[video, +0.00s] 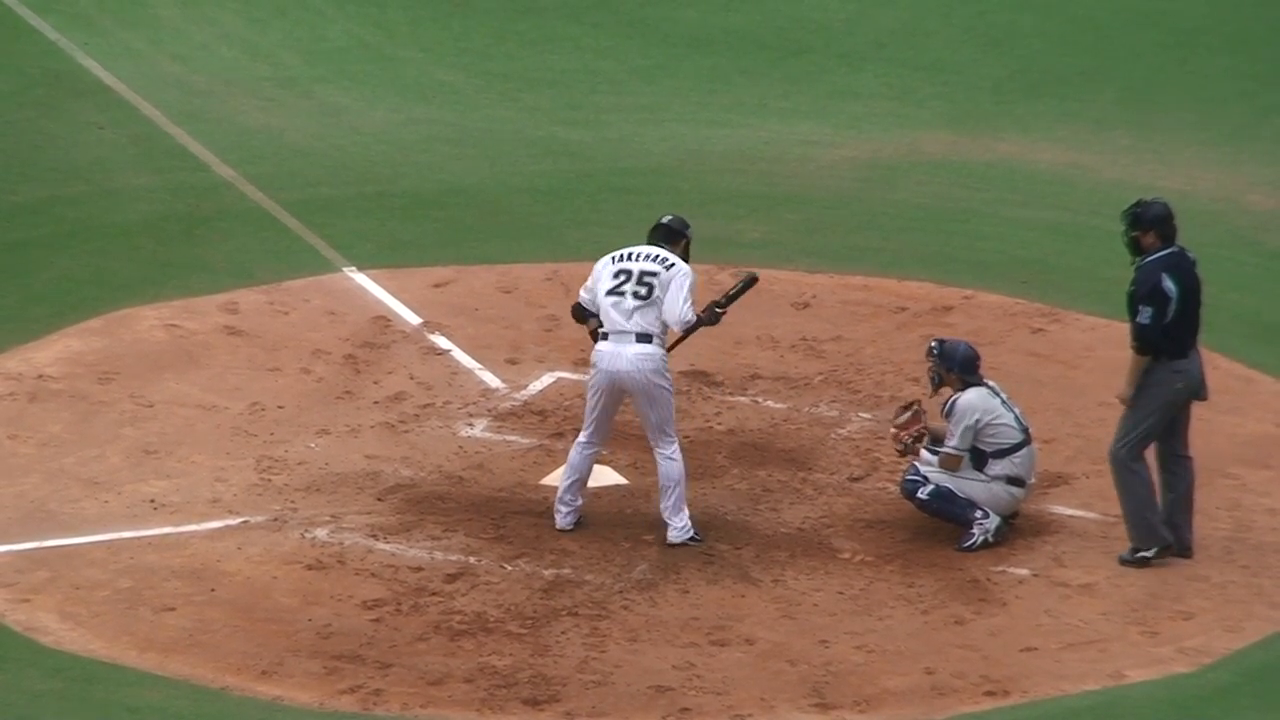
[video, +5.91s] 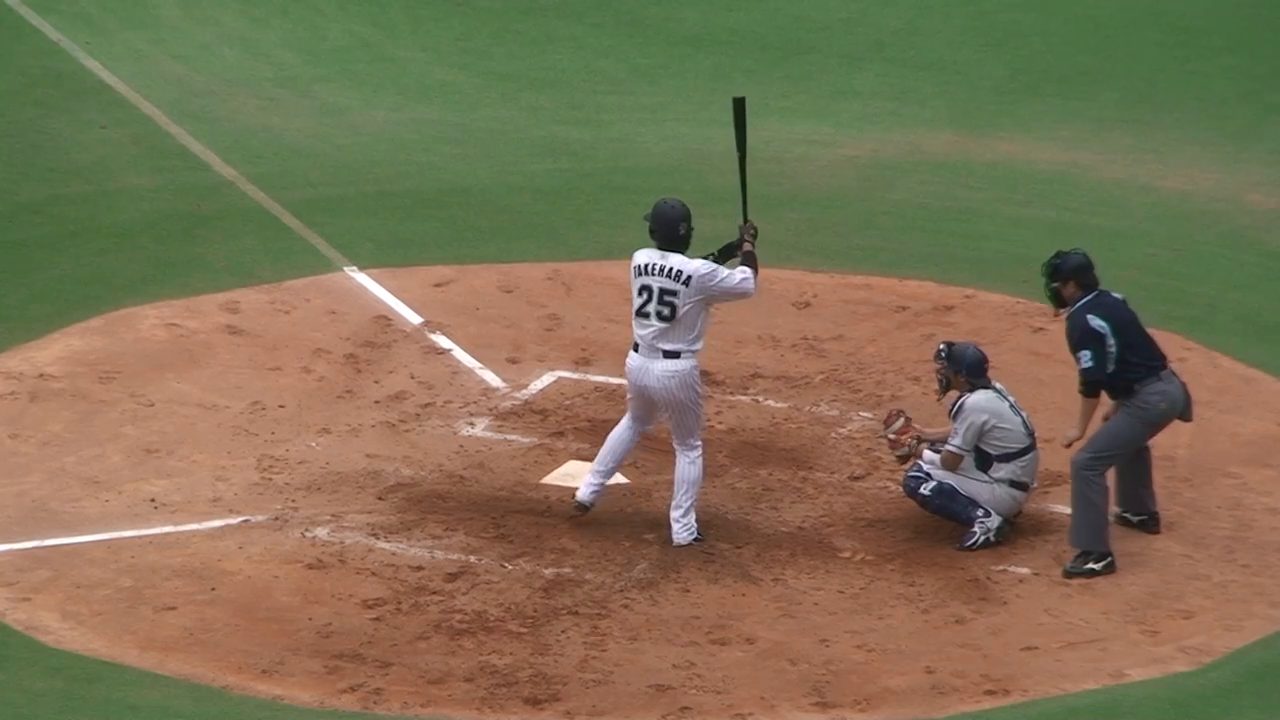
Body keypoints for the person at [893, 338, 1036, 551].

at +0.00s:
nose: (932, 370)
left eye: (937, 366)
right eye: (933, 364)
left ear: (953, 373)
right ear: (964, 372)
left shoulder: (966, 403)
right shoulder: (987, 387)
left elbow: (951, 464)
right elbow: (960, 439)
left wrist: (917, 450)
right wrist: (924, 429)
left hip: (1002, 492)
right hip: (1016, 483)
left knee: (913, 480)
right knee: (930, 451)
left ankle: (983, 520)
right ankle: (1001, 508)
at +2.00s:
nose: (938, 368)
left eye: (944, 364)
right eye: (940, 362)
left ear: (959, 371)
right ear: (975, 369)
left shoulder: (972, 402)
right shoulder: (992, 387)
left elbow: (949, 461)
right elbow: (962, 433)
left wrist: (912, 460)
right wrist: (918, 430)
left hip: (1003, 491)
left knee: (913, 481)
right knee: (934, 447)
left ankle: (983, 519)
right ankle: (1003, 506)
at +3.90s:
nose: (942, 366)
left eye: (947, 363)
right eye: (944, 361)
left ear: (962, 371)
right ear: (976, 370)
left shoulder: (975, 402)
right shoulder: (991, 389)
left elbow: (948, 461)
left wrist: (907, 462)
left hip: (1000, 493)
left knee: (913, 482)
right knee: (930, 449)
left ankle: (984, 521)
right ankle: (997, 508)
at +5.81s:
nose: (939, 373)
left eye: (945, 369)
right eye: (941, 367)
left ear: (961, 377)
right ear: (969, 377)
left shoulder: (974, 405)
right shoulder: (993, 389)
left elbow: (950, 464)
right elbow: (963, 434)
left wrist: (918, 451)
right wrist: (924, 435)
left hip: (1004, 494)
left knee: (917, 478)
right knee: (931, 453)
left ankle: (985, 520)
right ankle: (1000, 508)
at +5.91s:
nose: (940, 371)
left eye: (945, 368)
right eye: (941, 366)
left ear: (961, 376)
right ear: (971, 375)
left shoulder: (974, 406)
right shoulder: (993, 389)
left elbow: (950, 464)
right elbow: (964, 436)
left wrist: (919, 450)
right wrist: (925, 435)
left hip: (1004, 494)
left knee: (916, 478)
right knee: (932, 453)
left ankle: (985, 520)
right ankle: (1003, 507)